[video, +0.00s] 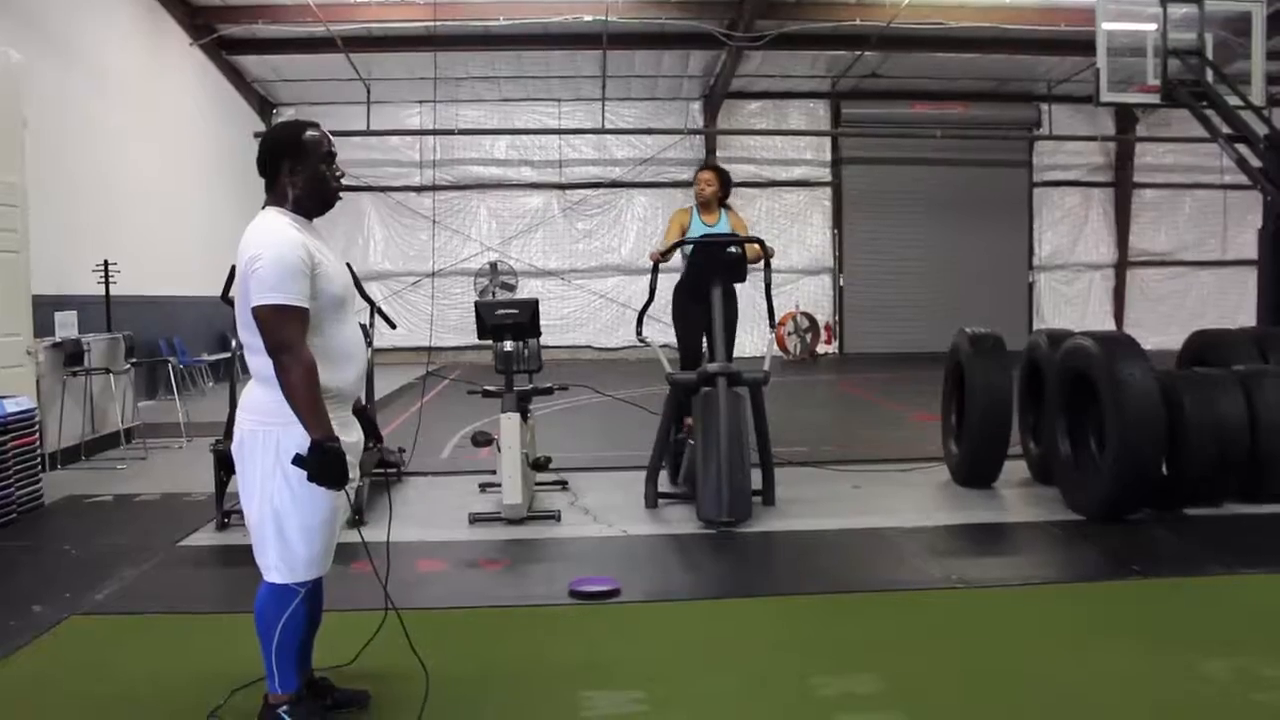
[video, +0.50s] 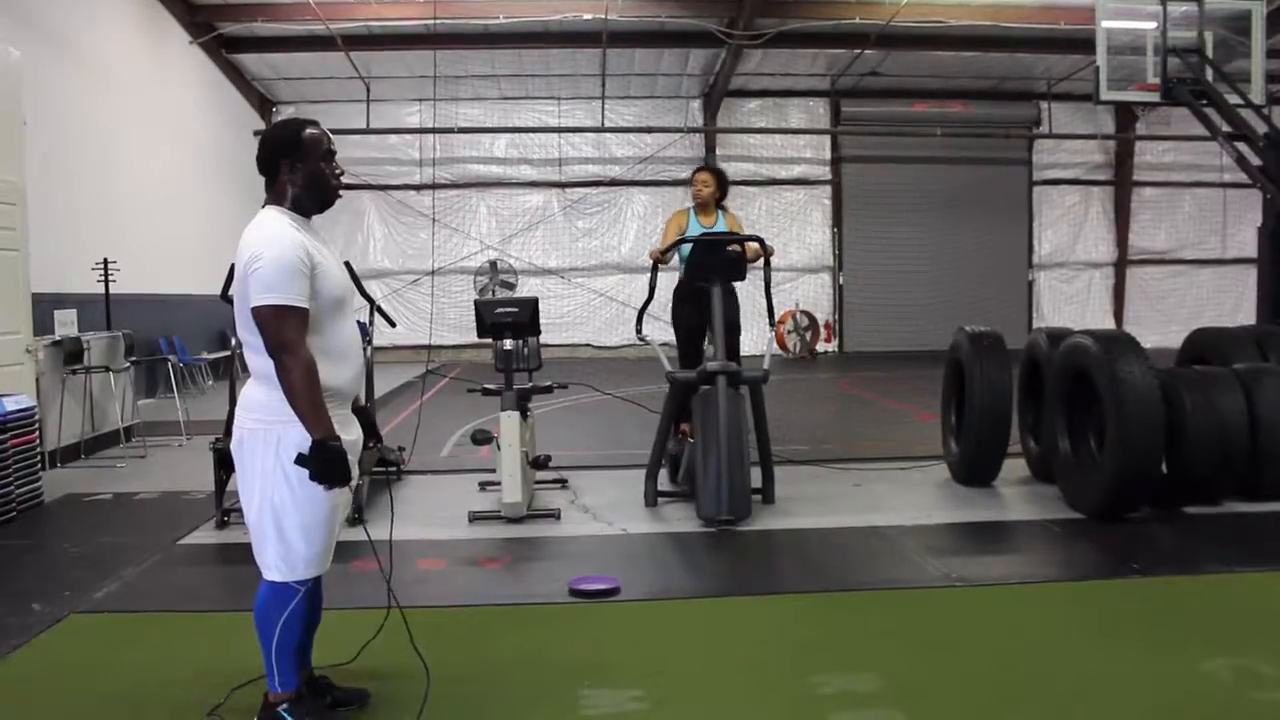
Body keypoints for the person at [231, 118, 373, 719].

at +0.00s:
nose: (339, 172)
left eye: (335, 161)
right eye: (326, 161)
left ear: (297, 173)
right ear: (291, 171)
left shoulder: (298, 238)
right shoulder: (275, 241)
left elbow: (324, 341)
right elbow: (286, 351)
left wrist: (361, 412)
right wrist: (323, 439)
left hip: (308, 428)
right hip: (285, 431)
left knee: (307, 567)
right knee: (289, 572)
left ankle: (299, 682)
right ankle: (285, 698)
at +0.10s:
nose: (339, 171)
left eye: (336, 161)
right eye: (326, 161)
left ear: (297, 173)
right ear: (289, 170)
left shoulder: (299, 237)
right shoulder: (276, 239)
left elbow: (320, 339)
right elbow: (286, 349)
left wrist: (358, 407)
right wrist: (322, 436)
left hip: (307, 427)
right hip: (284, 431)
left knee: (306, 567)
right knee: (290, 572)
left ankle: (300, 682)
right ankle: (283, 700)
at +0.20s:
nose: (339, 171)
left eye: (336, 160)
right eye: (326, 161)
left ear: (296, 173)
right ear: (290, 170)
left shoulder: (299, 236)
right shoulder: (276, 238)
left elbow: (321, 338)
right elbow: (287, 347)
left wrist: (359, 406)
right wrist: (323, 436)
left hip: (307, 427)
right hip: (284, 431)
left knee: (306, 566)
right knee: (289, 571)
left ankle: (299, 682)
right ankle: (284, 699)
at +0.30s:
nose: (339, 169)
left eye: (336, 159)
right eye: (326, 159)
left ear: (297, 172)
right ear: (290, 169)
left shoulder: (299, 235)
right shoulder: (276, 238)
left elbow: (323, 337)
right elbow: (287, 347)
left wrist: (358, 406)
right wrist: (323, 435)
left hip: (308, 426)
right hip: (284, 430)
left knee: (306, 566)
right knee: (289, 571)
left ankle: (298, 682)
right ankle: (283, 699)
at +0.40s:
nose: (339, 170)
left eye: (336, 159)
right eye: (326, 159)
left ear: (296, 172)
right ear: (291, 169)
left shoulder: (300, 237)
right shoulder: (276, 239)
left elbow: (325, 340)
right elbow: (287, 349)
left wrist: (360, 410)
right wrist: (324, 438)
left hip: (308, 427)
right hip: (284, 430)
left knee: (306, 566)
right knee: (290, 571)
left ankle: (300, 681)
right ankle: (283, 699)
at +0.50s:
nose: (338, 170)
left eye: (335, 159)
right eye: (326, 159)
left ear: (296, 171)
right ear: (290, 169)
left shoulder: (298, 237)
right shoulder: (274, 240)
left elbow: (322, 342)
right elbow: (286, 350)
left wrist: (358, 412)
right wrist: (324, 438)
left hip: (308, 428)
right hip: (283, 431)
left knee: (306, 566)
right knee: (290, 571)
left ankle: (299, 680)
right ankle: (283, 698)